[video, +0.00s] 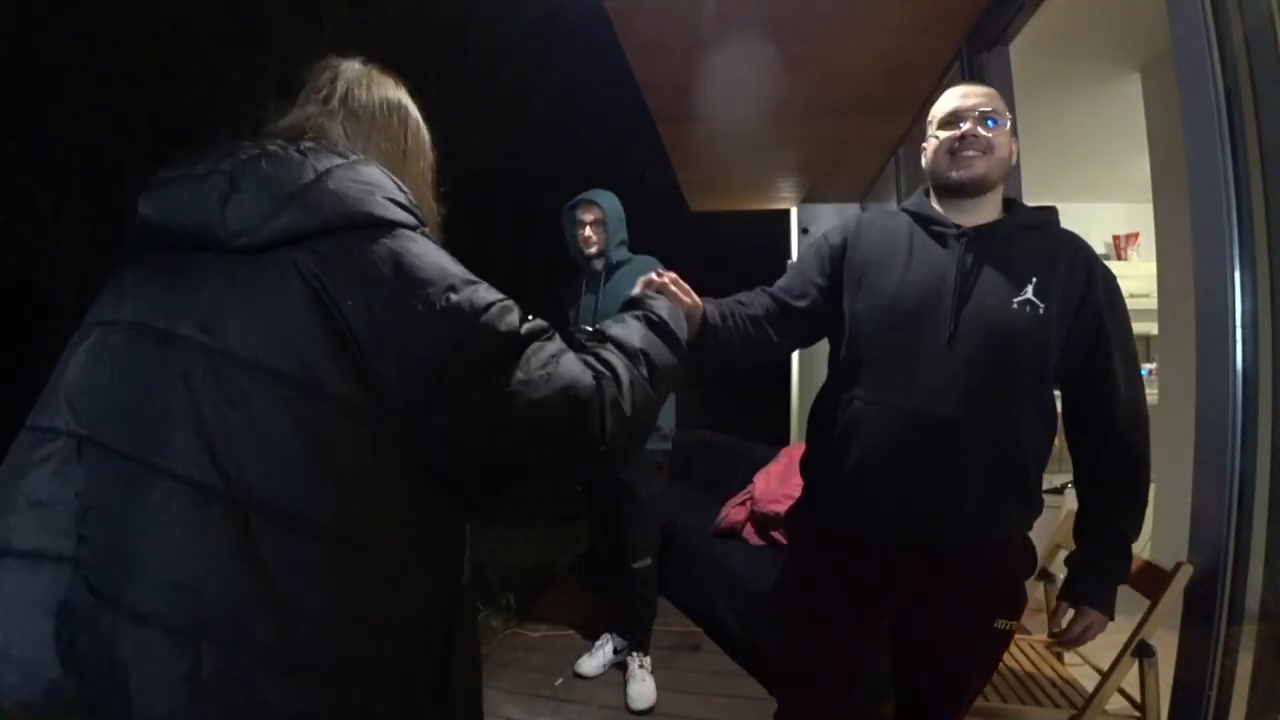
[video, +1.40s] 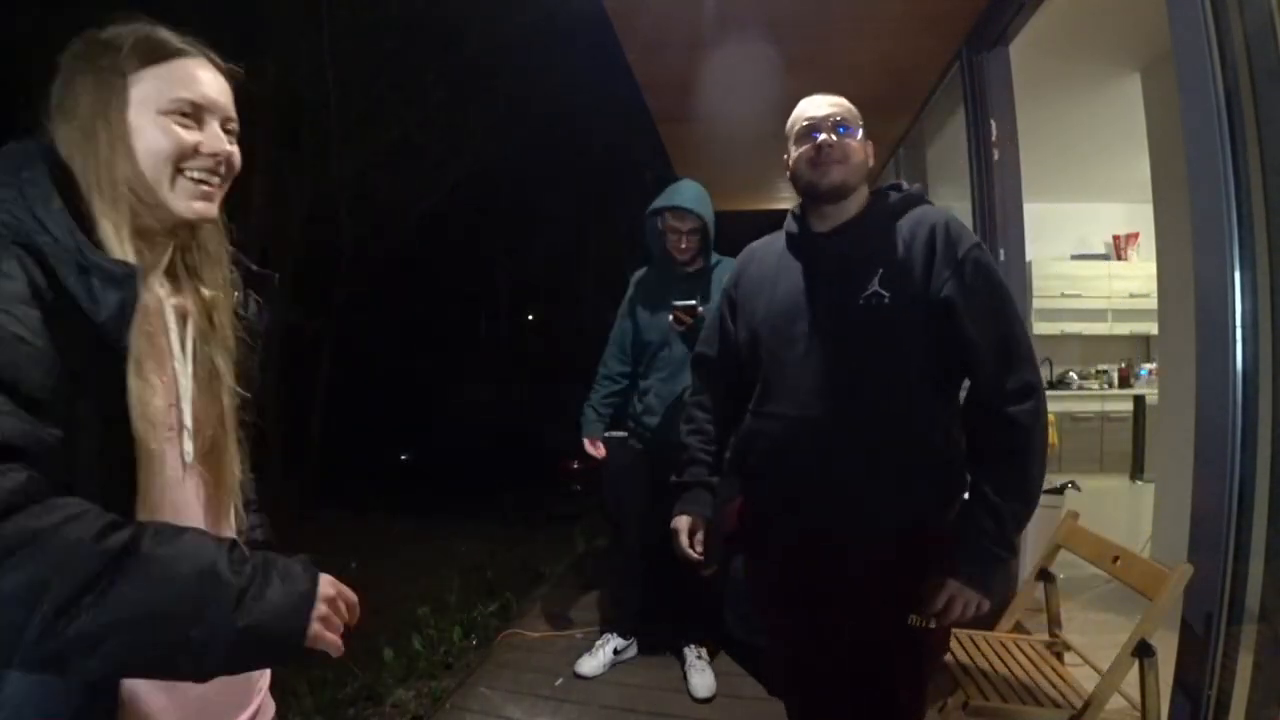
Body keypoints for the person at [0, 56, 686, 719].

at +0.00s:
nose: (424, 192)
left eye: (423, 176)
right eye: (420, 173)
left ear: (291, 139)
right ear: (395, 163)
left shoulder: (158, 255)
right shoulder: (377, 261)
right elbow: (565, 405)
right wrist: (660, 324)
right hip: (304, 667)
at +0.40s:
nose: (397, 224)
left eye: (397, 210)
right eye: (394, 209)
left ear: (284, 177)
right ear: (372, 199)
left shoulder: (191, 271)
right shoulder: (358, 277)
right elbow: (508, 409)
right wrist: (619, 366)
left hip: (151, 621)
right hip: (276, 640)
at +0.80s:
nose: (382, 223)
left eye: (382, 206)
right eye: (374, 202)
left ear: (301, 190)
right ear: (329, 194)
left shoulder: (204, 261)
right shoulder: (294, 281)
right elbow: (405, 421)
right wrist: (549, 417)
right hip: (194, 635)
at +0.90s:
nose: (366, 216)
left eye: (364, 196)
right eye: (355, 191)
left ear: (294, 187)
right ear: (303, 185)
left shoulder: (195, 257)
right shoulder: (257, 271)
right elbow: (362, 429)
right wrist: (532, 436)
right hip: (175, 635)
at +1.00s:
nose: (346, 202)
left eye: (345, 182)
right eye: (331, 176)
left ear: (273, 176)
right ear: (274, 171)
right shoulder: (211, 261)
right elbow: (294, 449)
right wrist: (482, 483)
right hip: (162, 664)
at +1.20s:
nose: (290, 179)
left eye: (291, 160)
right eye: (265, 150)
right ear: (188, 143)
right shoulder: (87, 254)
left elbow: (222, 489)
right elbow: (105, 512)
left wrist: (244, 653)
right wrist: (350, 594)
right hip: (93, 684)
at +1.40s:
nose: (220, 146)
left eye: (229, 129)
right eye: (185, 116)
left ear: (238, 146)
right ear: (98, 117)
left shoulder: (202, 287)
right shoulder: (21, 275)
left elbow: (223, 489)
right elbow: (16, 540)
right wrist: (262, 598)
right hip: (54, 682)